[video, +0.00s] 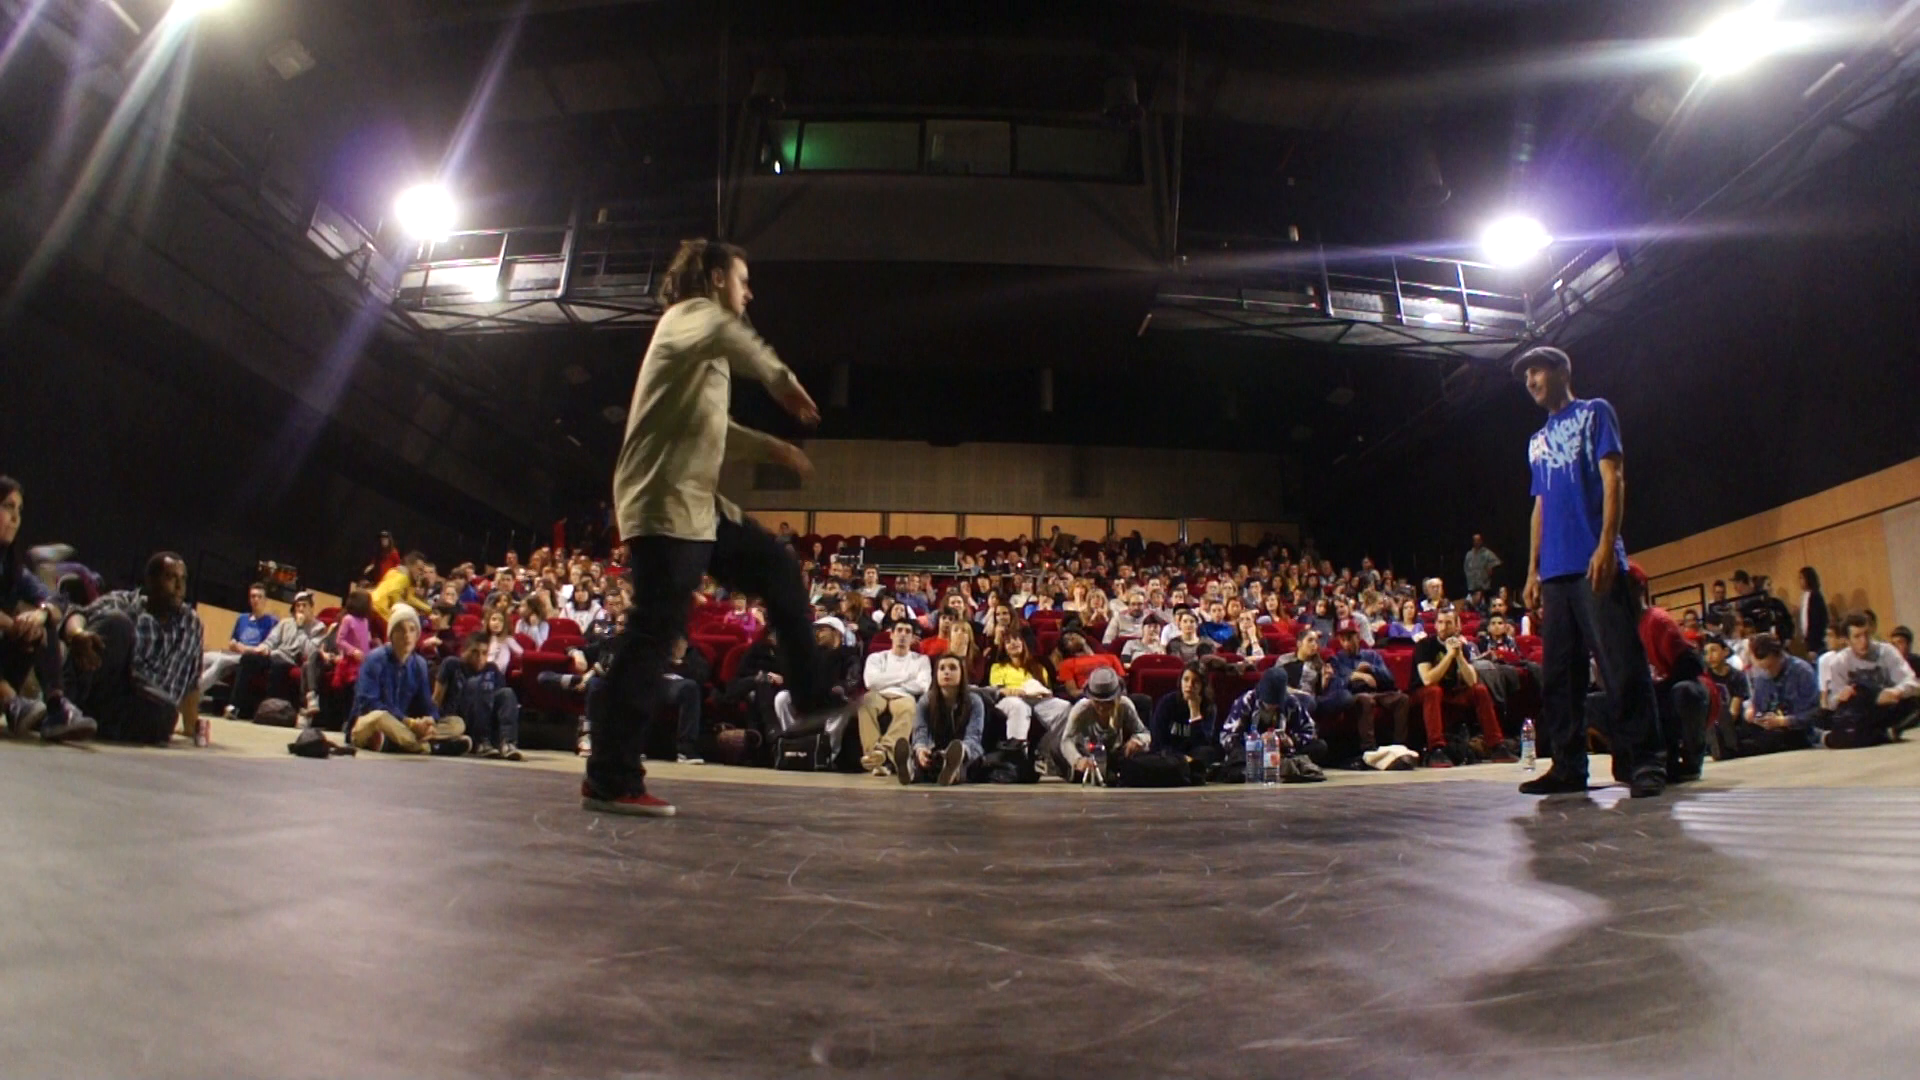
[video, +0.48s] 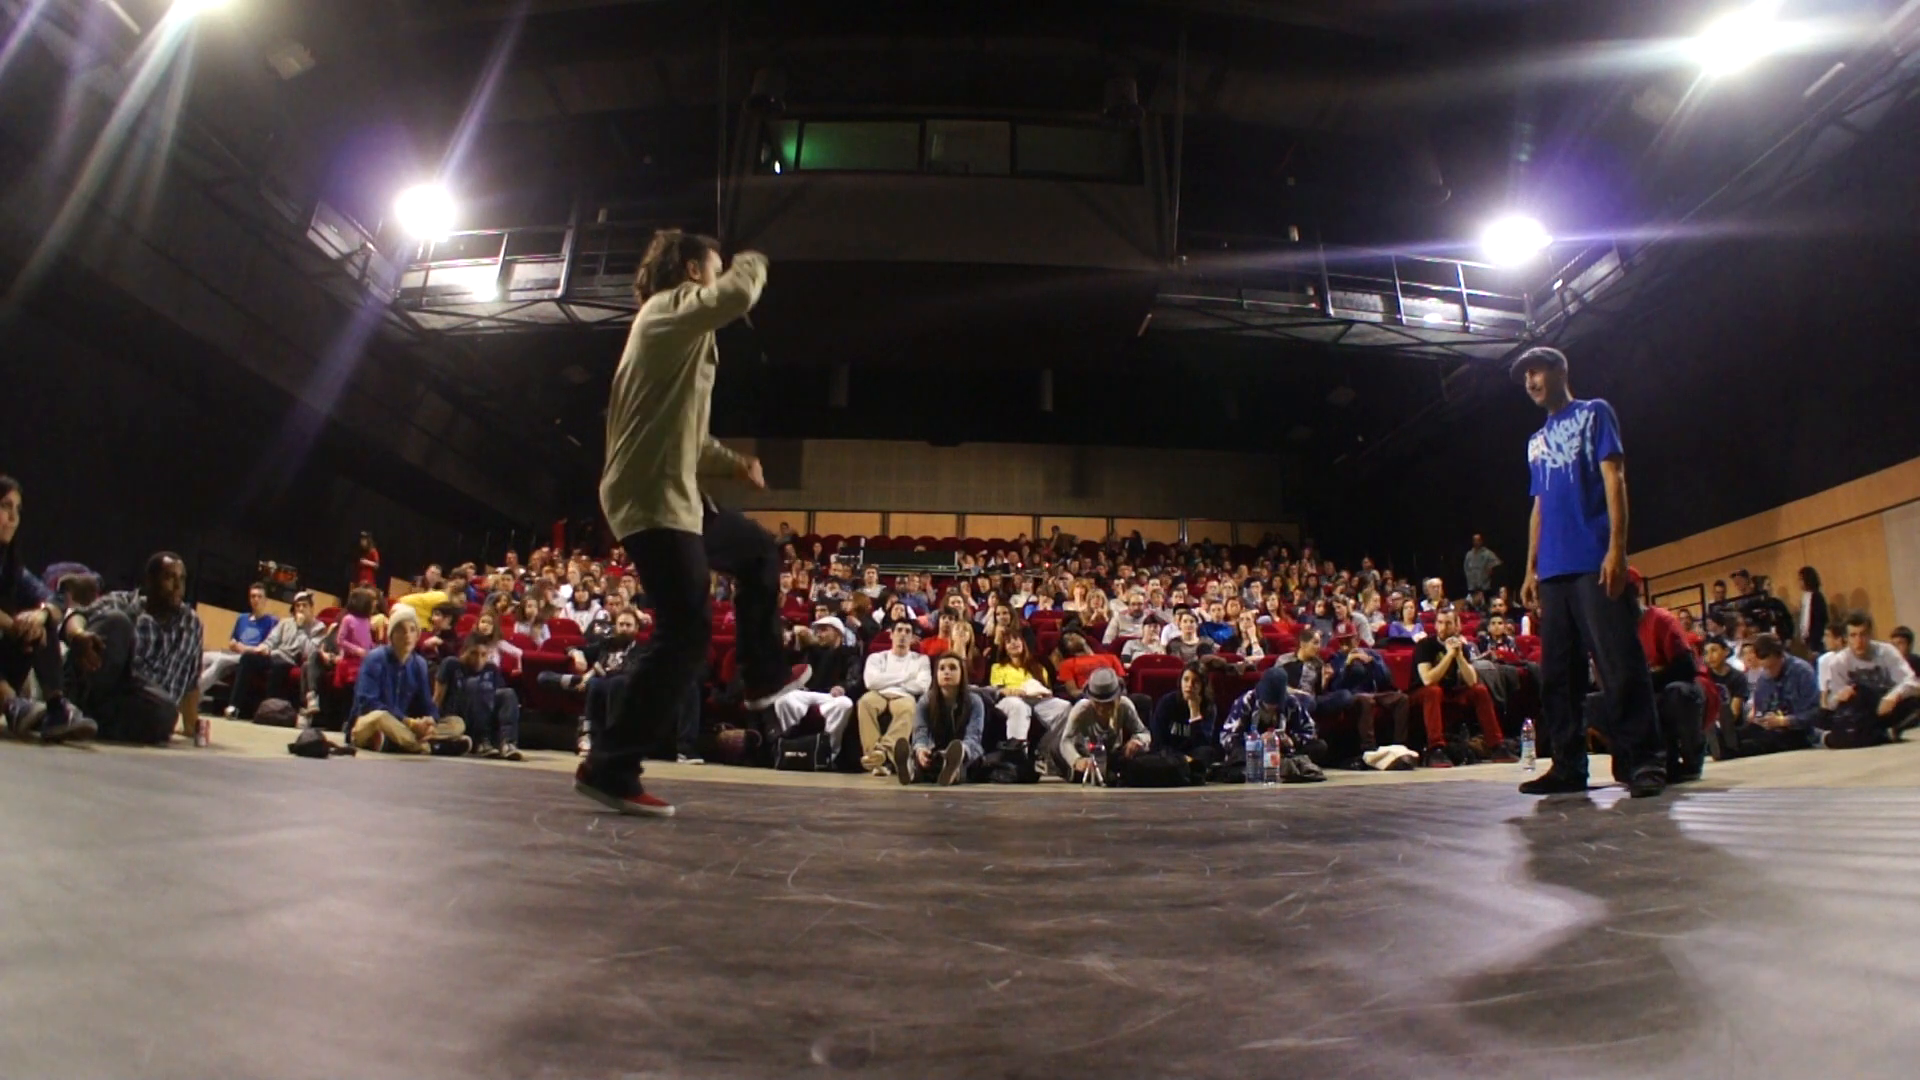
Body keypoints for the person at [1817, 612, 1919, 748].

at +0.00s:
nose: (1863, 641)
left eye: (1866, 635)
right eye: (1857, 637)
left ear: (1871, 633)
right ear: (1847, 639)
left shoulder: (1887, 652)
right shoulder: (1839, 662)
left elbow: (1911, 681)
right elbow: (1831, 703)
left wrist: (1895, 692)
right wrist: (1839, 697)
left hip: (1886, 707)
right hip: (1857, 709)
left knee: (1913, 703)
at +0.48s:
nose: (1858, 641)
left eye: (1863, 635)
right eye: (1853, 636)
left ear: (1870, 634)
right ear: (1847, 638)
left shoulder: (1887, 652)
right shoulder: (1838, 662)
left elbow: (1911, 680)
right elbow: (1830, 702)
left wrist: (1893, 696)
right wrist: (1838, 697)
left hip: (1887, 705)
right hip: (1858, 707)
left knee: (1913, 703)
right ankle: (1884, 734)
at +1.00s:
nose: (1856, 642)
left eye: (1862, 635)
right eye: (1851, 637)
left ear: (1870, 634)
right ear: (1846, 638)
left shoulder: (1887, 652)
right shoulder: (1839, 661)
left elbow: (1910, 680)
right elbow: (1830, 703)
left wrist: (1893, 696)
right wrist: (1839, 697)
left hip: (1885, 704)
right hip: (1856, 706)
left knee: (1913, 703)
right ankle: (1885, 734)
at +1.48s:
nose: (1857, 642)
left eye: (1862, 635)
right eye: (1852, 636)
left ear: (1870, 635)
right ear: (1844, 638)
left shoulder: (1886, 652)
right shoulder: (1838, 661)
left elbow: (1911, 680)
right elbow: (1830, 702)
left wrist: (1894, 695)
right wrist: (1839, 696)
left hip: (1886, 703)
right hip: (1857, 705)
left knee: (1913, 704)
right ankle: (1884, 734)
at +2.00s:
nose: (1857, 643)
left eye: (1861, 637)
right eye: (1852, 638)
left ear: (1869, 635)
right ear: (1844, 638)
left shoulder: (1886, 652)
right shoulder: (1839, 661)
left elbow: (1911, 681)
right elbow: (1831, 703)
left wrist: (1893, 695)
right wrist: (1839, 697)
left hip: (1887, 702)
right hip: (1859, 704)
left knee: (1913, 703)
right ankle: (1885, 734)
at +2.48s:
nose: (1857, 644)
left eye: (1862, 637)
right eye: (1851, 638)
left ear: (1870, 636)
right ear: (1845, 639)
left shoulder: (1887, 652)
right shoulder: (1836, 661)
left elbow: (1911, 681)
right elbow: (1828, 702)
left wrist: (1894, 695)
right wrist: (1838, 697)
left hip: (1885, 704)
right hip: (1856, 706)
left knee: (1914, 704)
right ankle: (1884, 734)